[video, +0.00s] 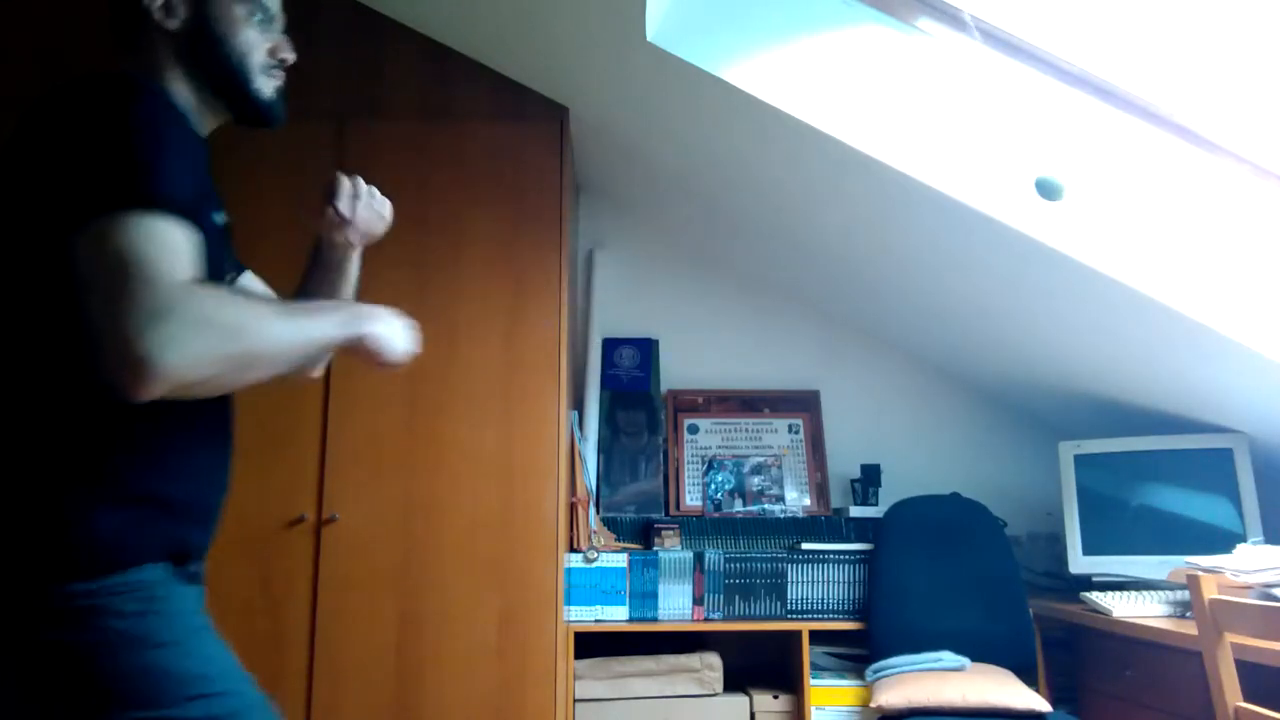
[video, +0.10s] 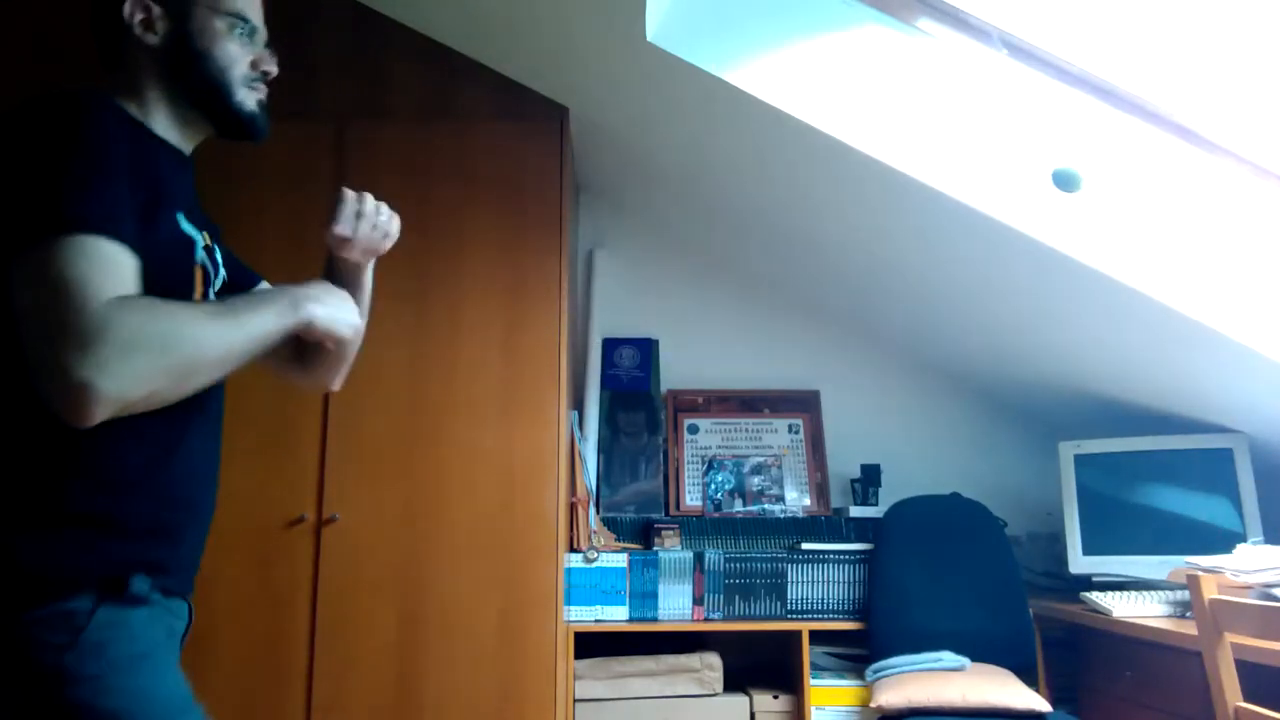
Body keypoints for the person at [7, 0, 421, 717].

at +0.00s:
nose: (287, 50)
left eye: (283, 26)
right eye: (260, 17)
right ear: (171, 10)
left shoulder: (165, 146)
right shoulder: (132, 123)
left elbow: (299, 353)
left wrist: (340, 246)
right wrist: (355, 319)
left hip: (138, 574)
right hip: (105, 579)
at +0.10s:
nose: (268, 60)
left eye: (265, 40)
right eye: (241, 28)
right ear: (149, 21)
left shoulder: (177, 206)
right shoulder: (86, 144)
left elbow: (317, 367)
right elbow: (93, 366)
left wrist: (351, 266)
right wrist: (291, 304)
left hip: (132, 612)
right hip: (82, 616)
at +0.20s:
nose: (262, 53)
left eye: (259, 33)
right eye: (234, 21)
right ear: (141, 14)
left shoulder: (194, 212)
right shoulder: (66, 140)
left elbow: (313, 384)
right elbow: (58, 364)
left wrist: (344, 251)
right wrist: (271, 275)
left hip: (163, 606)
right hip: (97, 611)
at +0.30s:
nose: (263, 47)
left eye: (259, 25)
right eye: (235, 14)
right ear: (141, 10)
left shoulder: (205, 205)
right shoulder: (66, 132)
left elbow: (328, 385)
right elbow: (57, 356)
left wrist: (341, 237)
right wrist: (271, 253)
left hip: (193, 599)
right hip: (125, 604)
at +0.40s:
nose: (277, 59)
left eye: (272, 38)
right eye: (246, 25)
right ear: (153, 20)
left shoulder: (212, 211)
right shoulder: (85, 151)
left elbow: (373, 368)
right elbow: (123, 366)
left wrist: (368, 223)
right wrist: (311, 247)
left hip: (216, 615)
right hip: (147, 621)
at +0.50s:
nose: (312, 58)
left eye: (304, 34)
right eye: (281, 25)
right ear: (190, 19)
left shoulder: (221, 177)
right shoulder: (151, 150)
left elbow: (376, 376)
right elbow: (270, 349)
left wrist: (380, 232)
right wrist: (431, 239)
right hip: (210, 610)